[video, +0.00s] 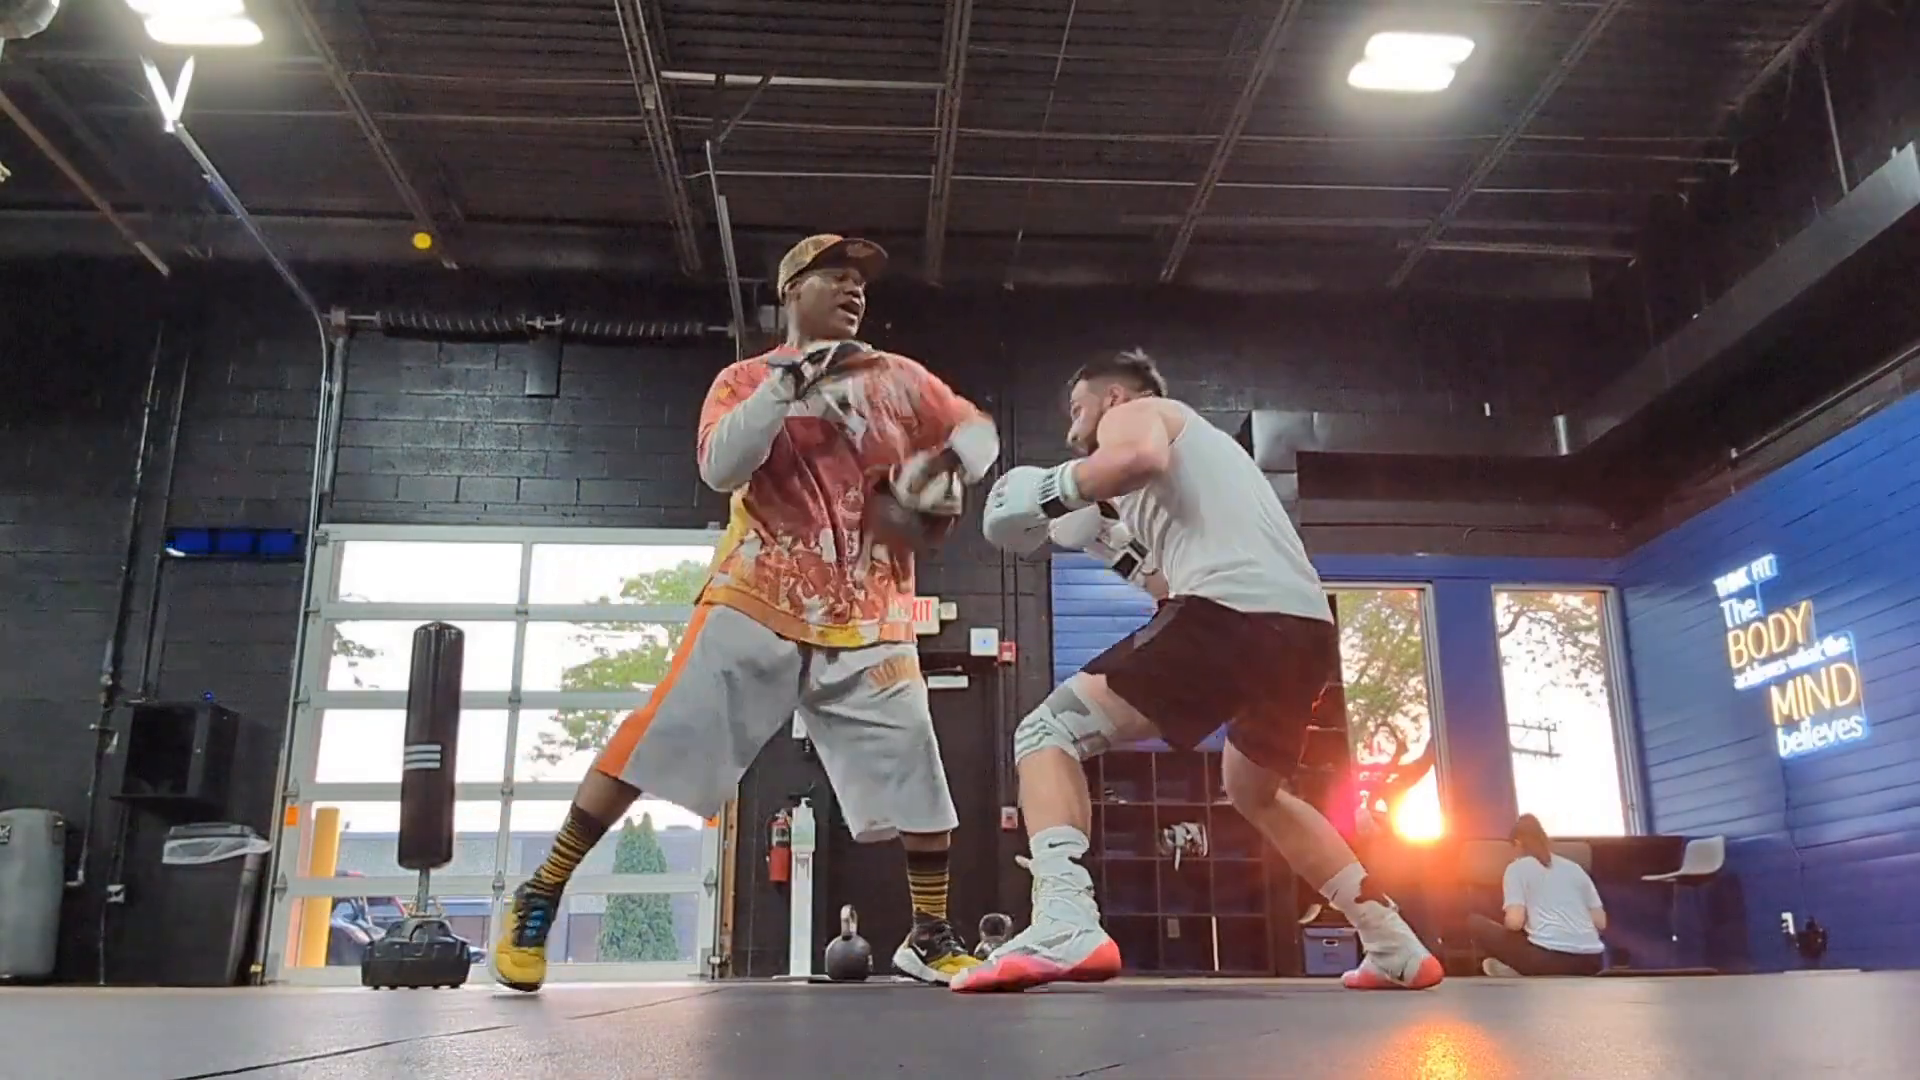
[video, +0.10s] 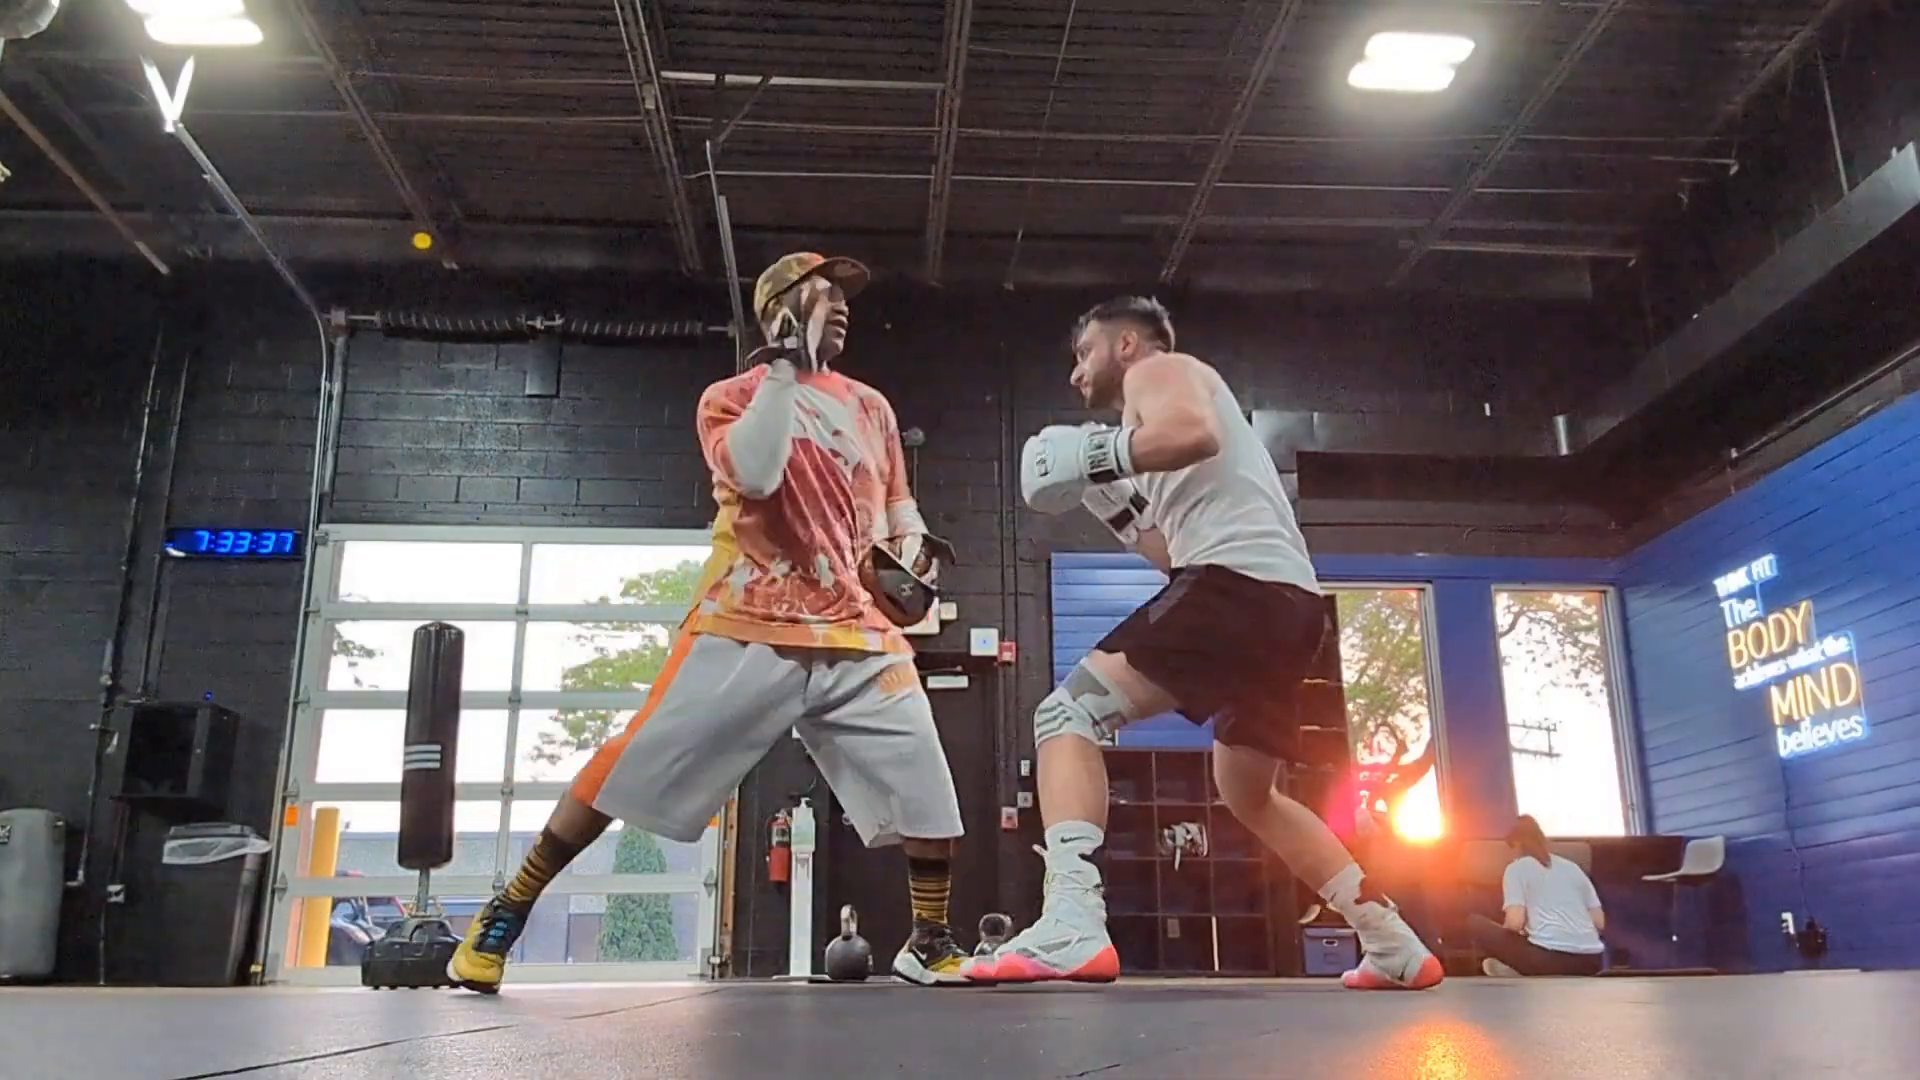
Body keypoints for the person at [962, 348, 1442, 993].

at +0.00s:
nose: (1072, 429)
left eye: (1078, 409)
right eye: (1069, 416)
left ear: (1117, 392)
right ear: (1131, 398)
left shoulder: (1143, 408)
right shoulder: (1213, 456)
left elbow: (1137, 457)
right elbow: (1182, 592)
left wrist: (1052, 487)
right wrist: (1119, 545)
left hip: (1228, 610)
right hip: (1310, 630)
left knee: (1047, 732)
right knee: (1254, 788)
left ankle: (1064, 921)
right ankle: (1393, 943)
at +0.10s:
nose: (1076, 372)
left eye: (1084, 353)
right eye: (1074, 359)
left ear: (1129, 339)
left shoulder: (1157, 369)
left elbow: (1194, 432)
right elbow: (1178, 554)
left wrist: (1093, 450)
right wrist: (1116, 505)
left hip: (1235, 586)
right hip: (1297, 607)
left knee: (1069, 716)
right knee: (1249, 789)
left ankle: (1071, 922)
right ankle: (1394, 945)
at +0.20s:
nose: (1078, 324)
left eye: (1086, 307)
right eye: (1076, 313)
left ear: (1132, 301)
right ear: (1122, 312)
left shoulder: (1190, 344)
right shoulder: (1140, 400)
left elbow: (1229, 420)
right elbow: (1094, 509)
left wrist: (1121, 427)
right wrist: (1052, 439)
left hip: (1233, 573)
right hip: (1266, 587)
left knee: (1079, 719)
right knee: (1240, 792)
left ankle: (1068, 934)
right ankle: (1390, 943)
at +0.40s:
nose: (1071, 312)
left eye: (1077, 292)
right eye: (1071, 297)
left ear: (1119, 281)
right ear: (1150, 288)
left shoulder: (1124, 329)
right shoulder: (1215, 352)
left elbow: (1118, 413)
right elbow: (1135, 451)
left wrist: (1016, 406)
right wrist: (1043, 425)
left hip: (1191, 555)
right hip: (1270, 560)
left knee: (1065, 728)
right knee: (1276, 759)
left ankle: (1068, 935)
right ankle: (1397, 938)